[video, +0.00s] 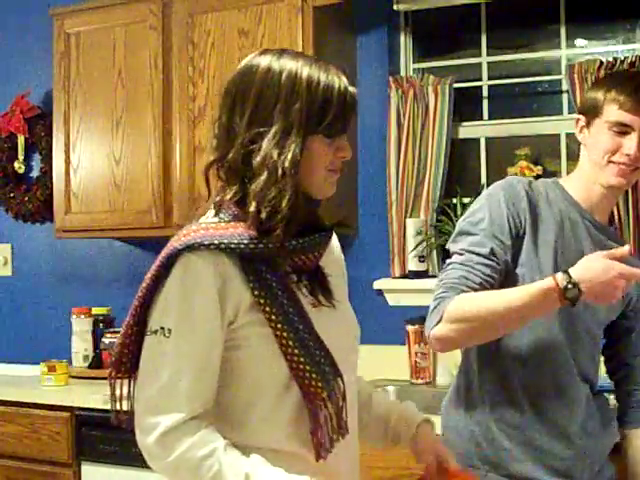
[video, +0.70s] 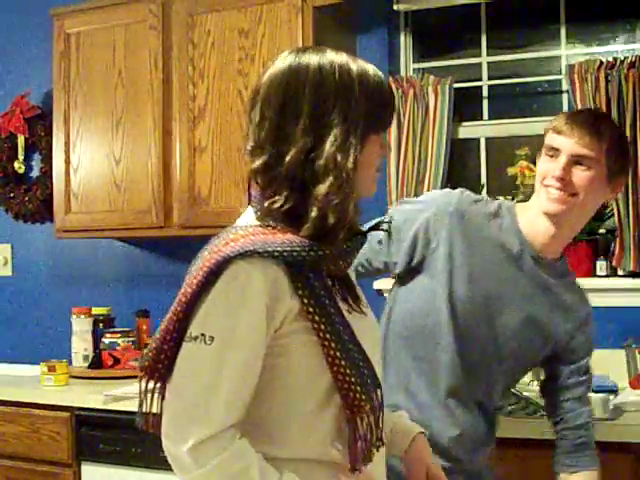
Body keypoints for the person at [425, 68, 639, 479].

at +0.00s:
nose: (633, 150)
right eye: (620, 129)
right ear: (582, 128)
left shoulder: (622, 257)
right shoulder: (513, 200)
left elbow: (631, 383)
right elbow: (443, 327)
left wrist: (631, 462)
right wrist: (569, 286)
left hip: (583, 458)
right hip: (490, 457)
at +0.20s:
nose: (611, 148)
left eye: (629, 135)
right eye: (600, 129)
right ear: (582, 132)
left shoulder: (627, 281)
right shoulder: (516, 201)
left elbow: (625, 426)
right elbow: (412, 311)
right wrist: (540, 320)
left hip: (570, 467)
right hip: (475, 461)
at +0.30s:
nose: (603, 147)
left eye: (624, 136)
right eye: (595, 129)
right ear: (582, 132)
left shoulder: (627, 281)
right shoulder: (513, 201)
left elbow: (628, 413)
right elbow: (392, 291)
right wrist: (506, 337)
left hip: (558, 466)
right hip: (464, 459)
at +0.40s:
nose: (600, 149)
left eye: (621, 138)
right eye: (592, 131)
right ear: (580, 134)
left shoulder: (625, 288)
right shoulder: (506, 200)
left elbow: (626, 418)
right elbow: (377, 270)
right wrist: (457, 354)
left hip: (544, 466)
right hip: (449, 458)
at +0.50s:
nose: (591, 153)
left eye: (614, 143)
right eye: (584, 135)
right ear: (573, 139)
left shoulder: (614, 296)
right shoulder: (490, 203)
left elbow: (615, 428)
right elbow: (367, 255)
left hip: (527, 468)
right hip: (436, 459)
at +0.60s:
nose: (576, 159)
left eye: (599, 149)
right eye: (569, 142)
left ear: (630, 173)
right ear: (557, 149)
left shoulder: (594, 303)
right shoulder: (470, 206)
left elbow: (600, 438)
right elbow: (344, 264)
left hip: (498, 466)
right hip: (407, 453)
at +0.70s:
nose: (558, 172)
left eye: (581, 163)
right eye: (551, 155)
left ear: (612, 187)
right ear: (537, 162)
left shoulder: (569, 316)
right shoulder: (446, 215)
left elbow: (576, 451)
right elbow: (331, 267)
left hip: (465, 469)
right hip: (380, 452)